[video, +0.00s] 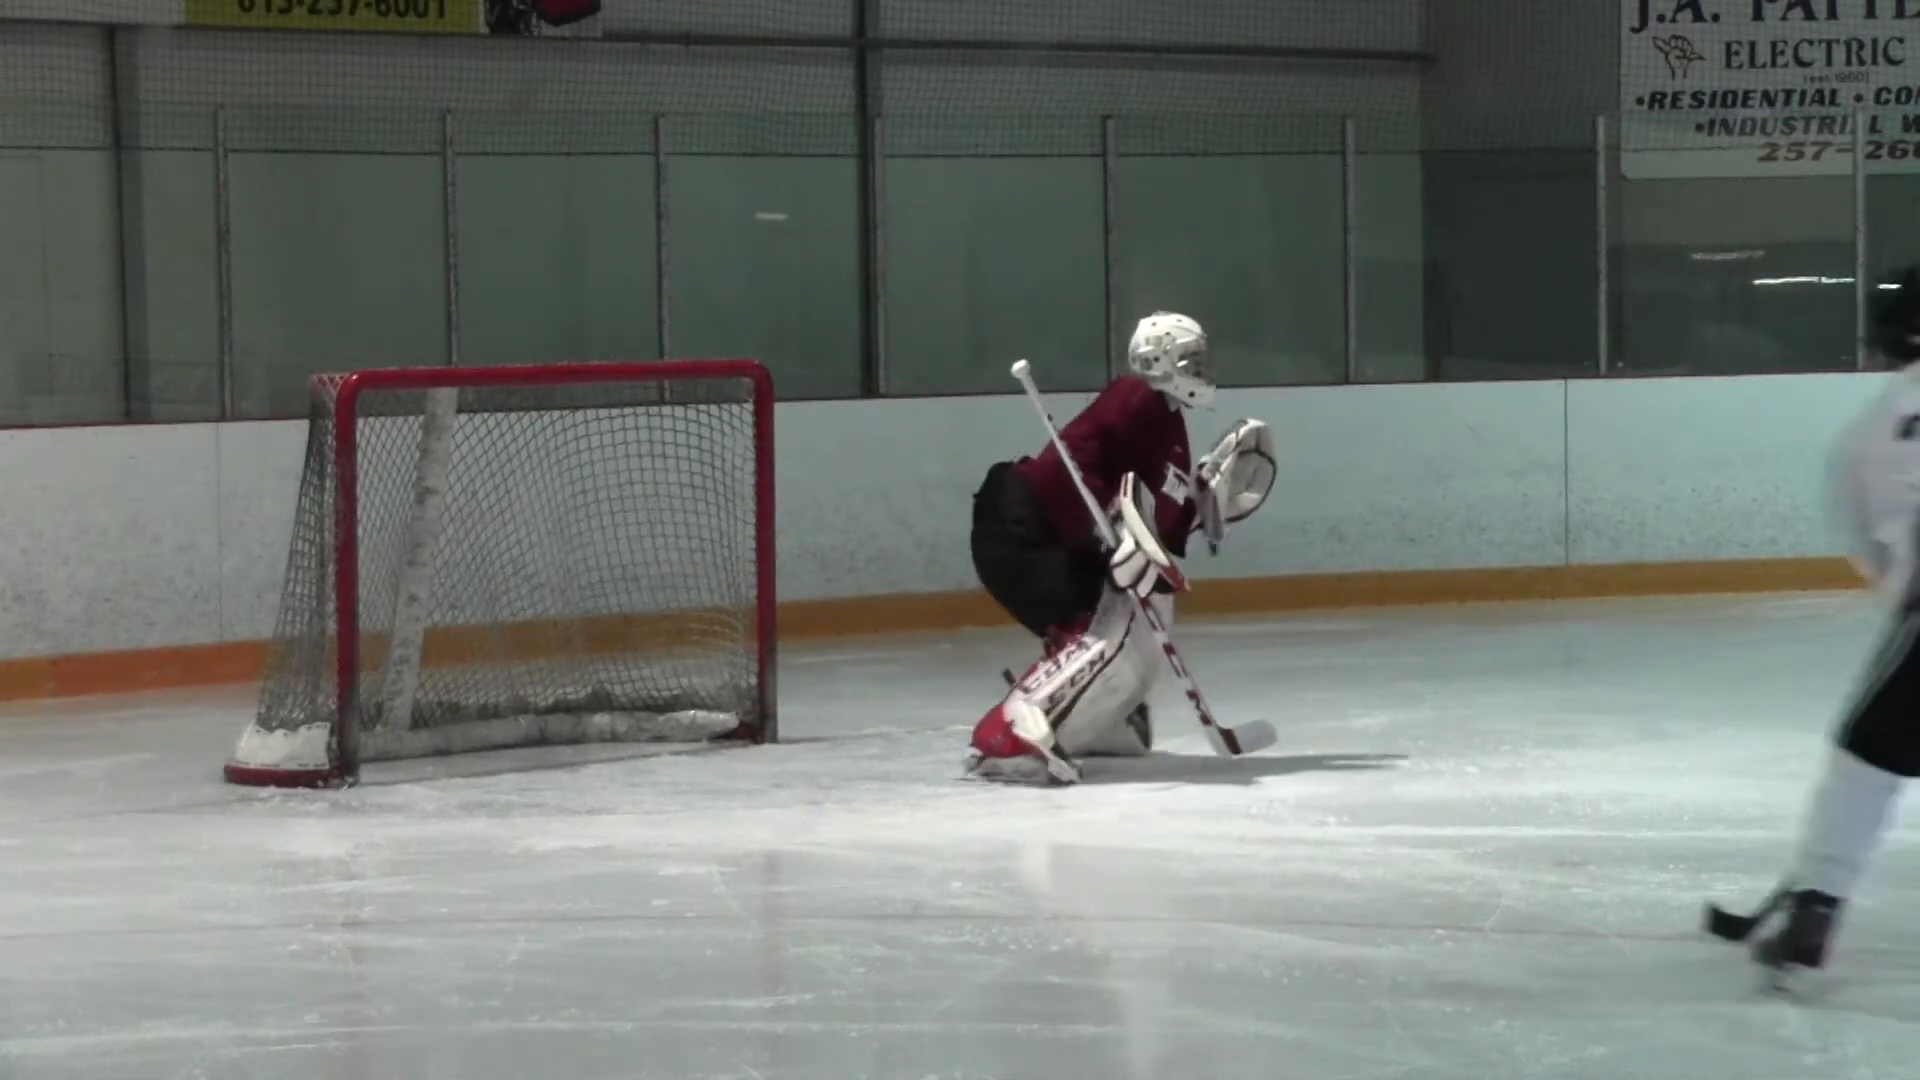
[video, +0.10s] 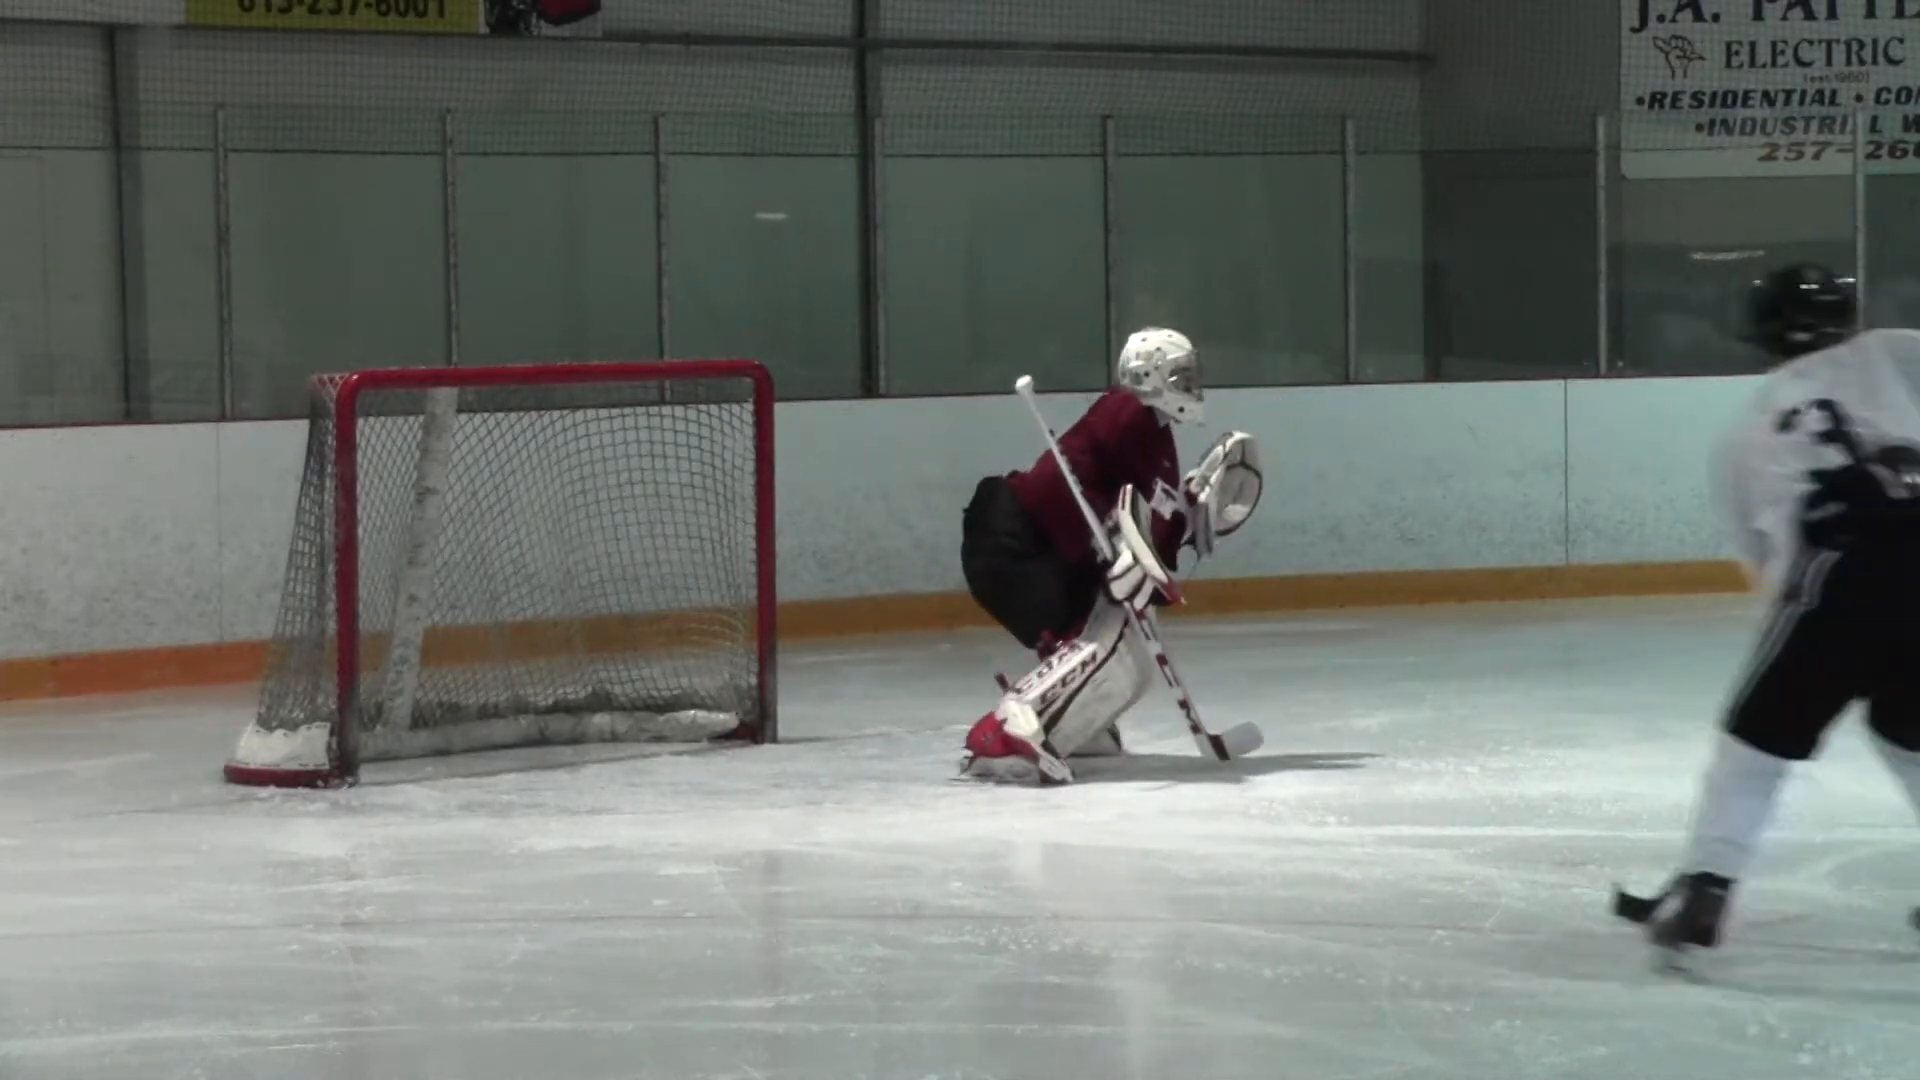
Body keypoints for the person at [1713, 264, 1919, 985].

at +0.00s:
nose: (1880, 346)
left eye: (1884, 334)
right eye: (1890, 331)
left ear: (1893, 335)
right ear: (1918, 333)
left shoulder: (1886, 414)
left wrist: (1889, 567)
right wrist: (1890, 566)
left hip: (1919, 612)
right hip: (1914, 610)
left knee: (1873, 748)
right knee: (1871, 748)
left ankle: (1813, 908)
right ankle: (1809, 903)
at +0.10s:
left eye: (1771, 331)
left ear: (1770, 334)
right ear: (1848, 314)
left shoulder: (1749, 432)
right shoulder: (1900, 353)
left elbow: (1765, 565)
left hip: (1844, 583)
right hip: (1919, 570)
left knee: (1759, 736)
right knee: (1904, 733)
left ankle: (1705, 894)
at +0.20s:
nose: (1669, 339)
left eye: (1663, 327)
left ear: (1662, 330)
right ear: (1732, 316)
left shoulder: (1652, 412)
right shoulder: (1779, 350)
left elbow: (1658, 524)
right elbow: (1887, 356)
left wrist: (1677, 577)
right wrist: (1872, 455)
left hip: (1731, 574)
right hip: (1827, 558)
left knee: (1652, 726)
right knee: (1812, 720)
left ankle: (1598, 878)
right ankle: (1883, 867)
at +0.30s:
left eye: (1561, 330)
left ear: (1558, 335)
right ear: (1626, 318)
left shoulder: (1550, 416)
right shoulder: (1677, 352)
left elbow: (1561, 534)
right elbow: (1784, 357)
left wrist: (1576, 573)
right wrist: (1764, 454)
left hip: (1632, 572)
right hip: (1722, 557)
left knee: (1554, 715)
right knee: (1715, 710)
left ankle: (1493, 865)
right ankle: (1787, 856)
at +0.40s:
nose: (1487, 344)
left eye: (1477, 335)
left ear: (1471, 340)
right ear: (1531, 326)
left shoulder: (1460, 421)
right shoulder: (1584, 357)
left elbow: (1469, 527)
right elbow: (1691, 361)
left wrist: (1495, 572)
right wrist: (1673, 456)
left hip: (1542, 577)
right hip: (1629, 560)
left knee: (1464, 711)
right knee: (1629, 703)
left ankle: (1390, 853)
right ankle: (1708, 841)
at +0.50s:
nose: (1392, 349)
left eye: (1392, 340)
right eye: (1398, 339)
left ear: (1395, 345)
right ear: (1451, 331)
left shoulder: (1386, 423)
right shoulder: (1510, 360)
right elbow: (1613, 363)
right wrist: (1598, 450)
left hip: (1464, 573)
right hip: (1551, 559)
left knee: (1390, 702)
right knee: (1558, 693)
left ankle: (1312, 839)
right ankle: (1635, 829)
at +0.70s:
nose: (1275, 352)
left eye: (1275, 343)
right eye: (1275, 341)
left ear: (1282, 346)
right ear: (1342, 330)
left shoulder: (1268, 419)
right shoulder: (1399, 351)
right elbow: (1499, 357)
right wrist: (1477, 443)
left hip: (1351, 552)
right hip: (1436, 545)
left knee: (1284, 681)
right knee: (1444, 672)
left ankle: (1222, 809)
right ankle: (1507, 806)